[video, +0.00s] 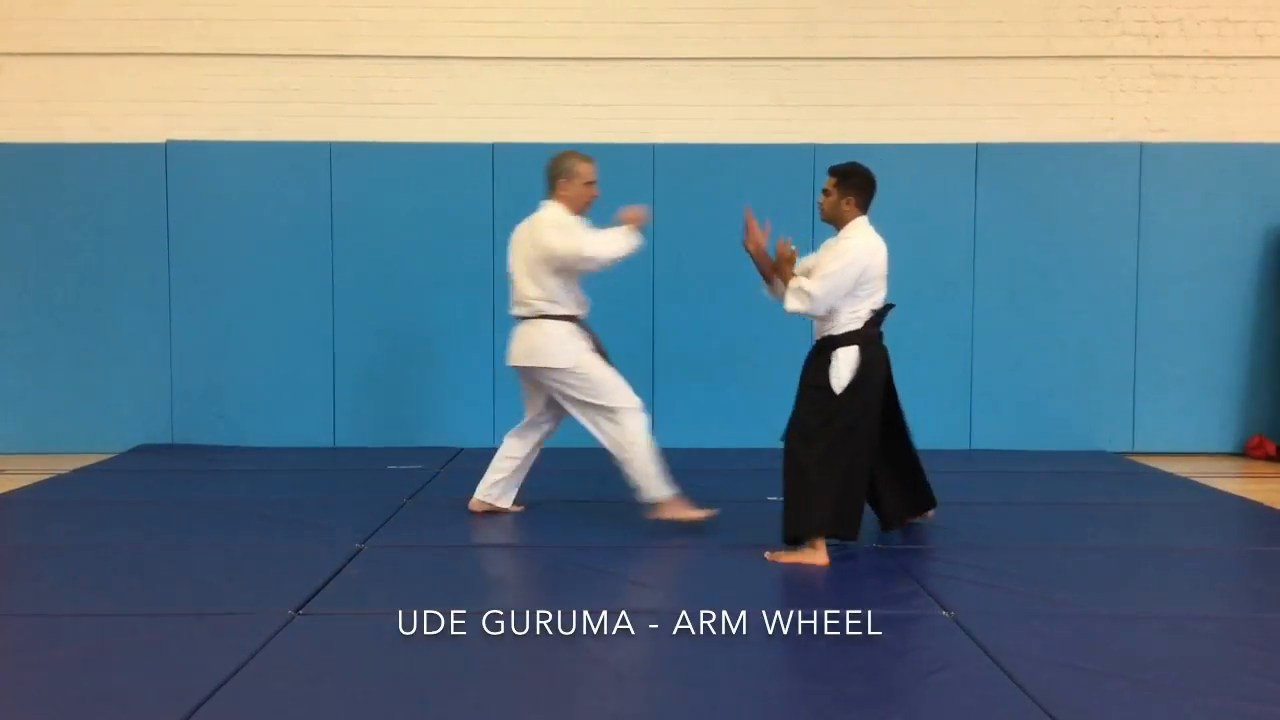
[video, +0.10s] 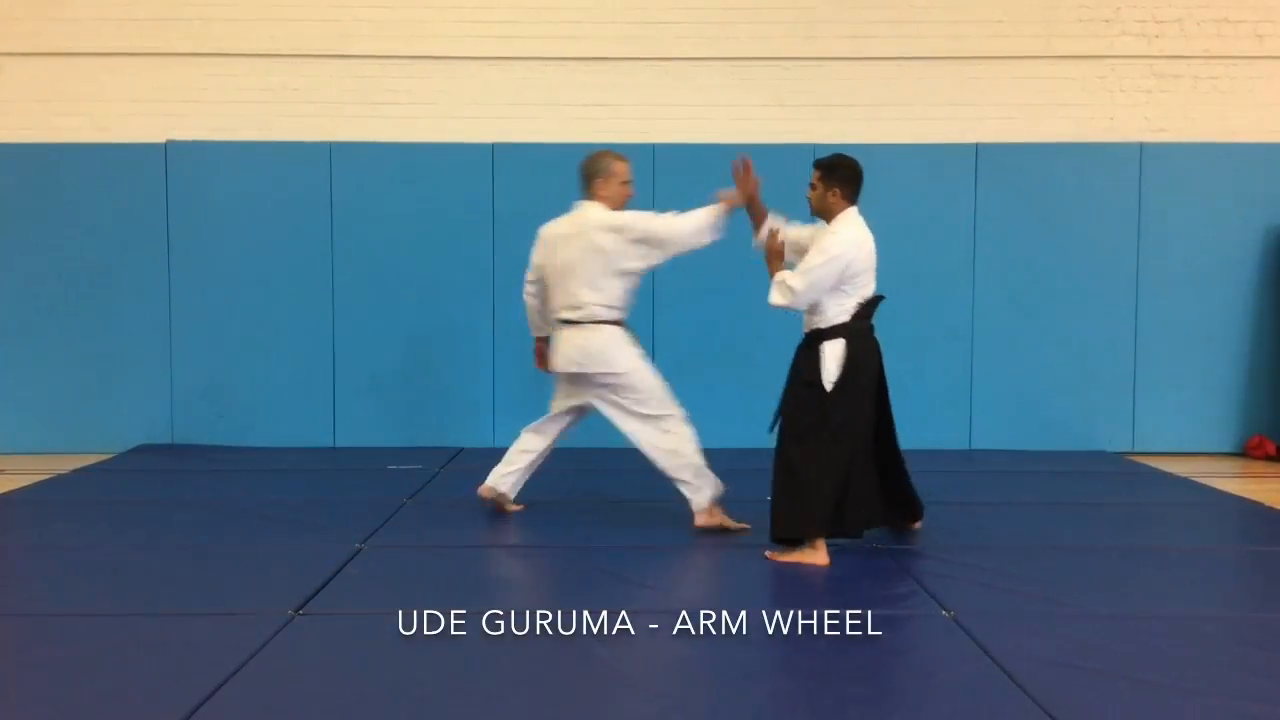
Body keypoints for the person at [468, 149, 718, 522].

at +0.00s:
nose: (594, 193)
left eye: (594, 184)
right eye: (588, 184)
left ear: (561, 187)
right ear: (563, 186)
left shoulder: (525, 228)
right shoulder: (556, 223)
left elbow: (547, 294)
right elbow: (587, 253)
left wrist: (583, 336)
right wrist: (628, 230)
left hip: (527, 340)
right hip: (555, 339)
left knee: (540, 419)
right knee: (624, 409)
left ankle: (489, 496)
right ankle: (663, 499)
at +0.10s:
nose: (631, 191)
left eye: (630, 183)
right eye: (624, 183)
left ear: (596, 187)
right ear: (600, 185)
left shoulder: (551, 231)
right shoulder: (620, 224)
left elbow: (533, 291)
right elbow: (678, 229)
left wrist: (540, 337)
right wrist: (727, 204)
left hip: (565, 342)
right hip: (606, 341)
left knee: (557, 418)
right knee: (664, 418)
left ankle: (498, 485)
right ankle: (706, 507)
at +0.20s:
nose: (666, 189)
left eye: (664, 182)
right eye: (660, 183)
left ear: (629, 189)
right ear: (639, 187)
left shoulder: (591, 234)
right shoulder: (670, 226)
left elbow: (559, 287)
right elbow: (724, 211)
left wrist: (540, 332)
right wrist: (769, 185)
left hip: (595, 346)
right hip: (638, 348)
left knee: (592, 414)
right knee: (700, 421)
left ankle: (528, 473)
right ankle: (711, 514)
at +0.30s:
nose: (690, 184)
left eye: (689, 177)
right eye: (685, 178)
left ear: (651, 183)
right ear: (665, 181)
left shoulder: (611, 224)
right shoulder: (692, 218)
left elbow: (580, 277)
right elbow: (742, 203)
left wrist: (556, 323)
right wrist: (783, 180)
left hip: (612, 338)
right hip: (653, 341)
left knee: (610, 415)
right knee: (709, 420)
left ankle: (566, 485)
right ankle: (711, 513)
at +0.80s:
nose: (743, 211)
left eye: (743, 205)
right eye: (741, 205)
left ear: (703, 203)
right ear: (727, 205)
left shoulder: (662, 220)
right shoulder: (745, 246)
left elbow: (615, 266)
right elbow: (778, 299)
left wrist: (611, 308)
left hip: (625, 319)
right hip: (668, 325)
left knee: (601, 411)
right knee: (711, 416)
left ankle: (570, 494)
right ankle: (708, 516)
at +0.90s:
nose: (736, 212)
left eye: (735, 207)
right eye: (735, 207)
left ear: (699, 204)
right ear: (725, 206)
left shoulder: (658, 222)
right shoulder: (738, 238)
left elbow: (620, 272)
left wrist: (626, 317)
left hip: (627, 322)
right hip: (674, 324)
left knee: (601, 412)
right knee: (712, 417)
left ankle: (572, 496)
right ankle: (709, 515)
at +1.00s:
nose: (729, 202)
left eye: (728, 196)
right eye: (728, 197)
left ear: (690, 194)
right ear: (718, 195)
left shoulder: (651, 220)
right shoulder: (727, 221)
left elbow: (622, 277)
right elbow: (762, 197)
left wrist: (644, 309)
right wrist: (775, 173)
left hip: (632, 318)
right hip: (678, 321)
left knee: (604, 413)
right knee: (714, 416)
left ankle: (572, 497)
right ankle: (710, 514)